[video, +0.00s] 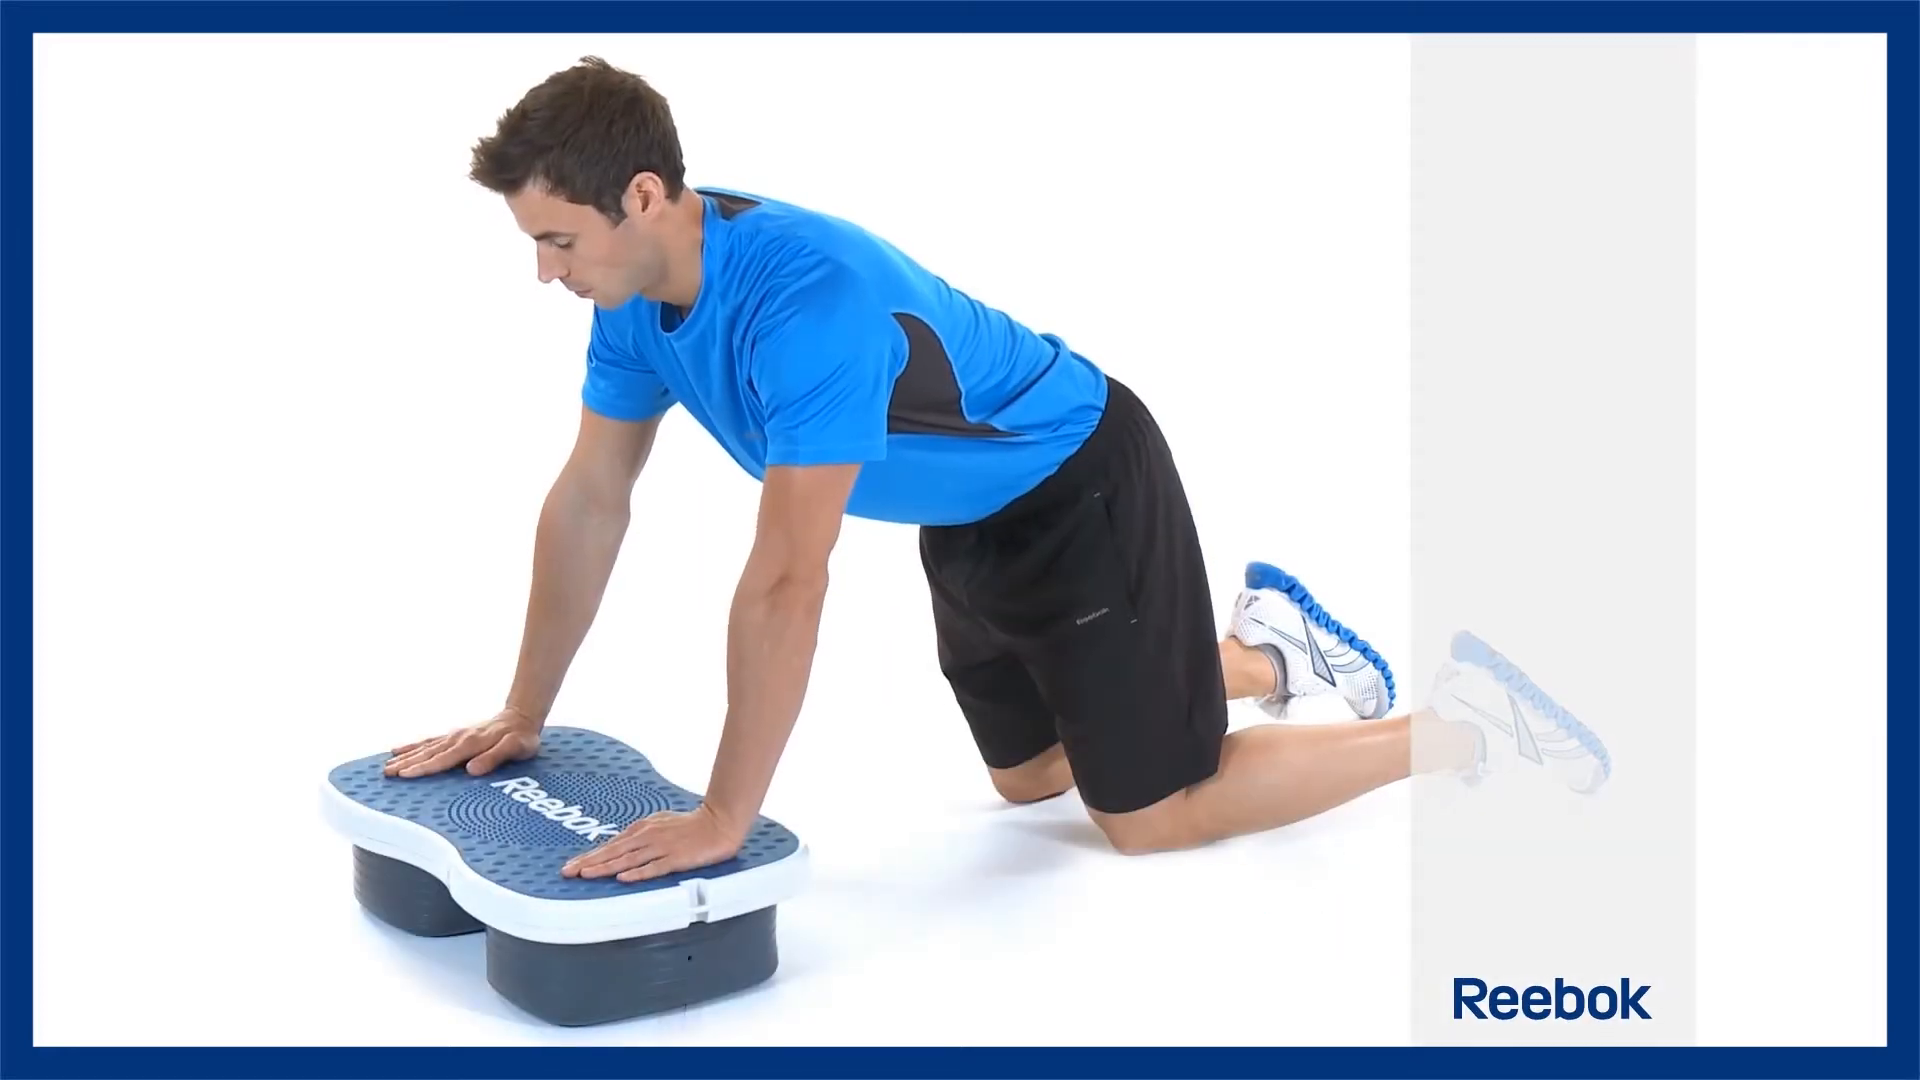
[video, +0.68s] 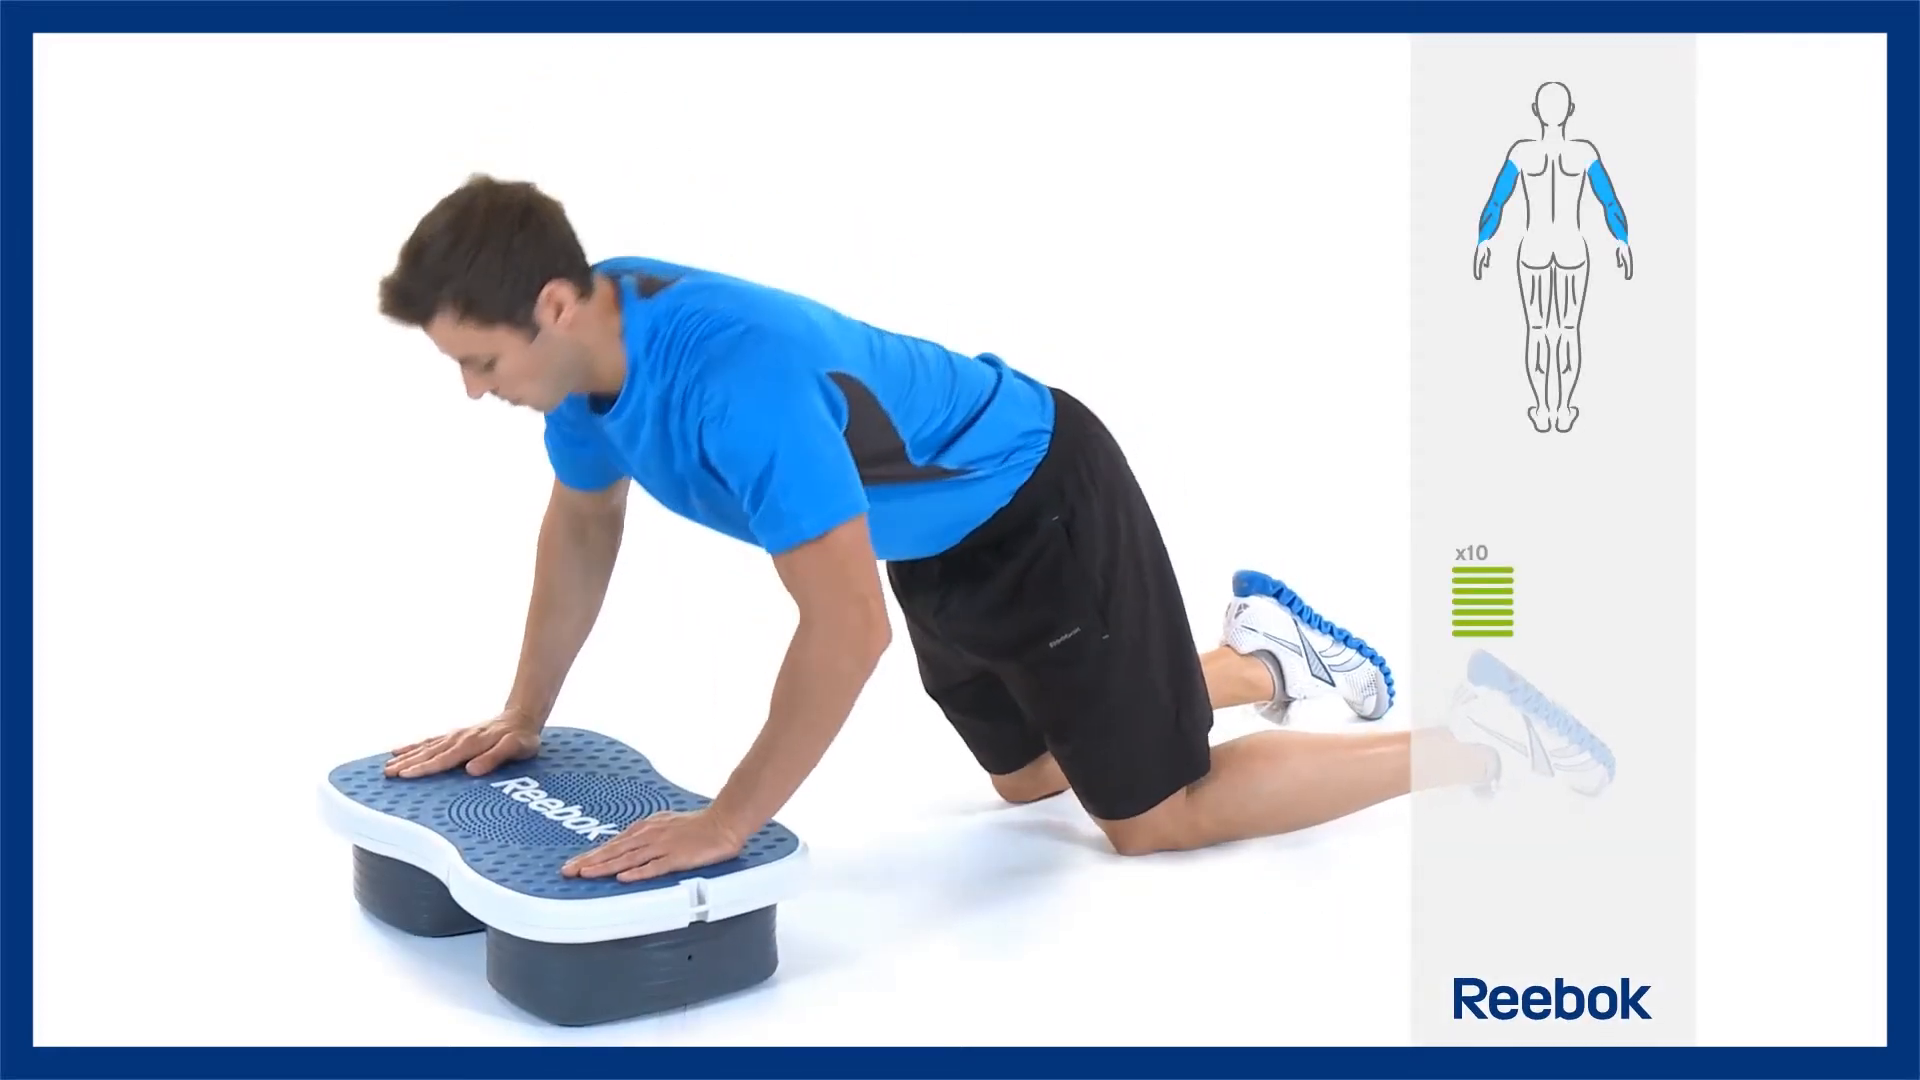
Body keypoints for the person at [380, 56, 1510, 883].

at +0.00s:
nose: (545, 273)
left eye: (555, 241)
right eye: (531, 246)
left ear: (648, 201)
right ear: (622, 214)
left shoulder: (807, 302)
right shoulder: (633, 303)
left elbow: (786, 583)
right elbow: (587, 505)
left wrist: (728, 812)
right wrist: (522, 717)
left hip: (1083, 483)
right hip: (963, 521)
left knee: (1152, 814)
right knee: (1037, 770)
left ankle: (1448, 737)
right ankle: (1265, 657)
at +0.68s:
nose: (478, 392)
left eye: (478, 362)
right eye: (459, 370)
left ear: (556, 301)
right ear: (533, 305)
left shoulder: (736, 381)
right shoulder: (588, 372)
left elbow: (848, 623)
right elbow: (577, 535)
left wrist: (731, 816)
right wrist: (519, 720)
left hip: (1044, 502)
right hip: (937, 554)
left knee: (1155, 815)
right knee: (1033, 781)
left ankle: (1470, 748)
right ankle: (1258, 667)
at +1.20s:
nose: (358, 727)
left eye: (348, 705)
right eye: (337, 718)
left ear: (400, 631)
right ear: (386, 615)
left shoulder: (579, 609)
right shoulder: (458, 534)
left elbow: (835, 645)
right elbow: (575, 602)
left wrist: (739, 822)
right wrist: (519, 713)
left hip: (937, 573)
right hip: (859, 602)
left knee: (1162, 807)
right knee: (1032, 761)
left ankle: (1468, 748)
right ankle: (1259, 666)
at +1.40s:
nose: (337, 798)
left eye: (323, 778)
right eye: (308, 788)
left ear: (370, 704)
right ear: (360, 673)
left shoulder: (576, 664)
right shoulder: (426, 584)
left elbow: (822, 643)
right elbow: (558, 500)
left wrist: (729, 823)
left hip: (916, 590)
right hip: (834, 625)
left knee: (1147, 809)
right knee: (1034, 757)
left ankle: (1467, 751)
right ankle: (1254, 661)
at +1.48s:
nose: (328, 810)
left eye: (318, 789)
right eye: (301, 801)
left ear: (370, 712)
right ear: (355, 680)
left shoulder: (576, 673)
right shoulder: (424, 588)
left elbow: (819, 637)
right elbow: (555, 497)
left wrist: (728, 825)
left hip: (919, 599)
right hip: (835, 631)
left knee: (1147, 809)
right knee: (1042, 756)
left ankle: (1472, 750)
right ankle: (1255, 659)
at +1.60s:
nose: (329, 811)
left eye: (317, 791)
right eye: (301, 803)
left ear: (365, 713)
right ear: (352, 679)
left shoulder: (571, 673)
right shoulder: (421, 588)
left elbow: (815, 636)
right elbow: (553, 498)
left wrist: (730, 822)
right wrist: (516, 689)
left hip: (915, 600)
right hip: (838, 628)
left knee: (1149, 809)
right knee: (1044, 756)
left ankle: (1470, 750)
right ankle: (1255, 657)